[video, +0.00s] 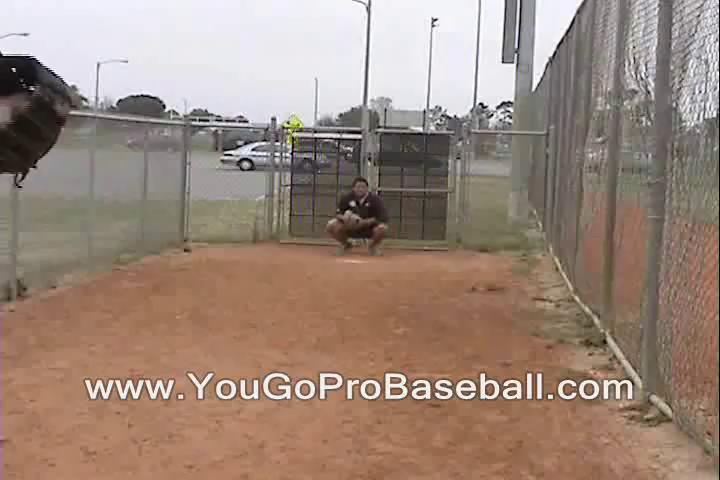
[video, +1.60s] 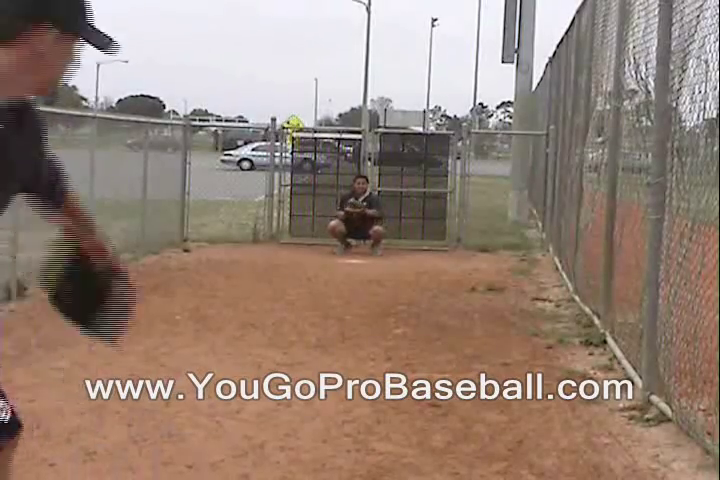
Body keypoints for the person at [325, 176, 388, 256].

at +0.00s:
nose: (360, 189)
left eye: (363, 187)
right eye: (358, 187)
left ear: (367, 189)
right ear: (353, 188)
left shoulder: (374, 199)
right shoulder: (346, 199)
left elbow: (382, 218)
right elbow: (338, 213)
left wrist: (363, 222)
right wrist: (345, 219)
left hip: (367, 227)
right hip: (350, 226)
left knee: (381, 229)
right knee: (332, 226)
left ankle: (373, 246)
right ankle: (346, 245)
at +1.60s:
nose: (361, 186)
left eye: (363, 184)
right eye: (358, 184)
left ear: (367, 185)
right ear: (354, 185)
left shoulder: (372, 198)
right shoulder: (346, 198)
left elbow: (379, 213)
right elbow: (338, 213)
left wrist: (364, 211)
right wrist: (347, 213)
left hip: (366, 227)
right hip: (349, 227)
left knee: (378, 230)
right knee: (333, 226)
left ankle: (375, 246)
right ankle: (345, 244)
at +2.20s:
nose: (360, 187)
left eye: (362, 184)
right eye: (358, 184)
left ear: (366, 186)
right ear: (353, 186)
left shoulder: (373, 198)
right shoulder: (346, 198)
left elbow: (377, 215)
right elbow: (338, 214)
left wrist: (364, 203)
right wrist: (349, 209)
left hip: (367, 227)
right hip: (350, 226)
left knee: (379, 229)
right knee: (333, 225)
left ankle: (376, 245)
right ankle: (346, 245)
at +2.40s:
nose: (357, 187)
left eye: (360, 185)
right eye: (355, 185)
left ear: (364, 187)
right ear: (351, 186)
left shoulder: (371, 197)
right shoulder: (346, 197)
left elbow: (371, 205)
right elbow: (338, 213)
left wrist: (357, 203)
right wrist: (350, 211)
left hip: (367, 227)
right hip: (350, 227)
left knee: (379, 229)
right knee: (334, 225)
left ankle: (377, 245)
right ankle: (346, 244)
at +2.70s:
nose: (356, 188)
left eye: (359, 185)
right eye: (354, 185)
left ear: (364, 186)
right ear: (351, 187)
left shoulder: (371, 198)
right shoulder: (347, 199)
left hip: (367, 229)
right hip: (350, 227)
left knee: (378, 230)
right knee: (332, 225)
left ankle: (377, 244)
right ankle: (346, 244)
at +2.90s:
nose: (357, 185)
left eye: (360, 182)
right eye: (355, 182)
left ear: (365, 184)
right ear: (352, 183)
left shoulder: (372, 196)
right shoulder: (349, 196)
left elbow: (371, 212)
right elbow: (338, 214)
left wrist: (351, 207)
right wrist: (340, 206)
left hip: (366, 225)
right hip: (350, 224)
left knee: (380, 230)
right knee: (332, 227)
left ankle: (377, 245)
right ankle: (346, 244)